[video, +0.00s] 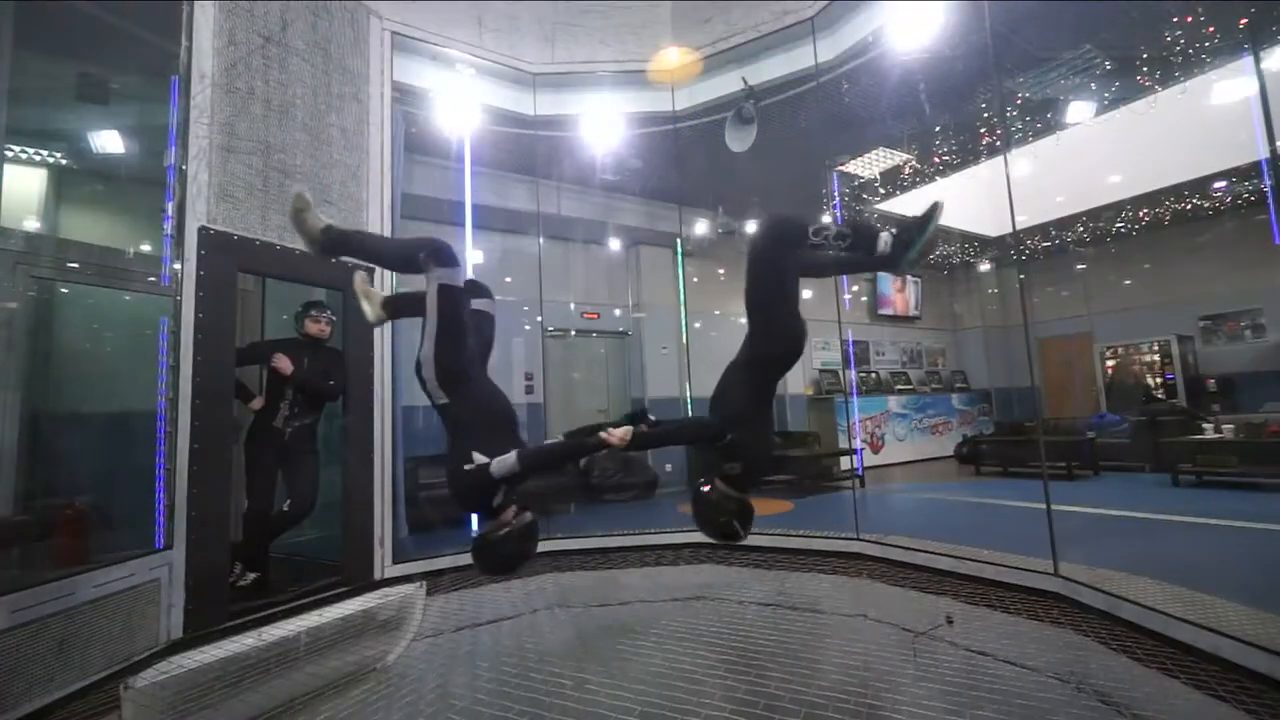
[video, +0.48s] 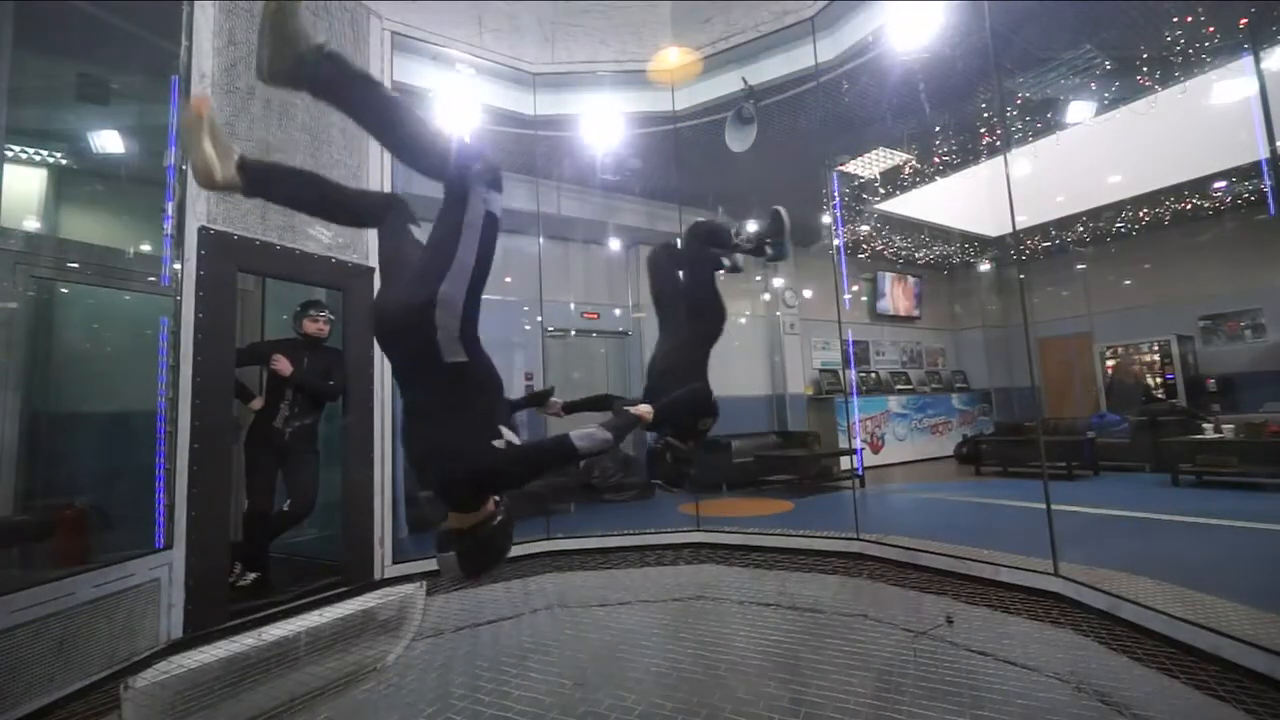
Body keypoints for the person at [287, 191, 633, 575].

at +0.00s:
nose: (512, 519)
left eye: (504, 528)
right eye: (517, 524)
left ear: (491, 528)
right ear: (519, 518)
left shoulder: (474, 493)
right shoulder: (508, 491)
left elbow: (539, 456)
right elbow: (550, 456)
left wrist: (598, 441)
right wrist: (605, 442)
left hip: (446, 381)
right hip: (472, 381)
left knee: (437, 252)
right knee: (476, 289)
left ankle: (325, 238)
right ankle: (384, 307)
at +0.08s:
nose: (494, 521)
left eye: (488, 528)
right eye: (504, 525)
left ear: (481, 529)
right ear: (510, 522)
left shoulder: (472, 494)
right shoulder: (488, 488)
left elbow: (538, 453)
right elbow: (550, 449)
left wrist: (607, 432)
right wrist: (608, 428)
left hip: (432, 371)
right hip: (451, 373)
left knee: (437, 246)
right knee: (450, 288)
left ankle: (304, 217)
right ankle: (359, 294)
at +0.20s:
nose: (495, 515)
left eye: (492, 522)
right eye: (503, 520)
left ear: (482, 524)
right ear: (501, 519)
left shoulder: (468, 488)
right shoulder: (479, 481)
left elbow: (546, 450)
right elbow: (542, 439)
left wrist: (616, 428)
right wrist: (604, 415)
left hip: (424, 363)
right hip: (435, 369)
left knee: (437, 228)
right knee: (419, 272)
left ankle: (280, 181)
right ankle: (314, 266)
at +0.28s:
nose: (489, 521)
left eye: (483, 528)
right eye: (492, 528)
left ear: (478, 525)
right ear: (494, 523)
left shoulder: (472, 486)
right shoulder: (468, 483)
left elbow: (548, 450)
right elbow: (535, 441)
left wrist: (619, 426)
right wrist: (596, 415)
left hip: (427, 360)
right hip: (426, 366)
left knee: (438, 211)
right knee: (415, 250)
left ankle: (278, 149)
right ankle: (288, 247)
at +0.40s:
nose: (491, 513)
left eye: (478, 530)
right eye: (491, 528)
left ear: (477, 520)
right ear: (490, 523)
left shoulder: (470, 476)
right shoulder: (455, 469)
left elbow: (564, 453)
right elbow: (504, 417)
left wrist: (624, 422)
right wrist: (563, 403)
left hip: (426, 341)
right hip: (403, 342)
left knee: (456, 188)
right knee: (393, 228)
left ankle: (286, 94)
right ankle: (255, 201)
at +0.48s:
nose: (482, 517)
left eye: (475, 530)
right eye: (483, 528)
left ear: (482, 518)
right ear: (486, 520)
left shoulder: (480, 472)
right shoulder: (447, 475)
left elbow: (567, 447)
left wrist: (623, 424)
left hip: (438, 327)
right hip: (402, 328)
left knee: (473, 170)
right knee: (388, 210)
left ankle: (306, 62)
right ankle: (234, 171)